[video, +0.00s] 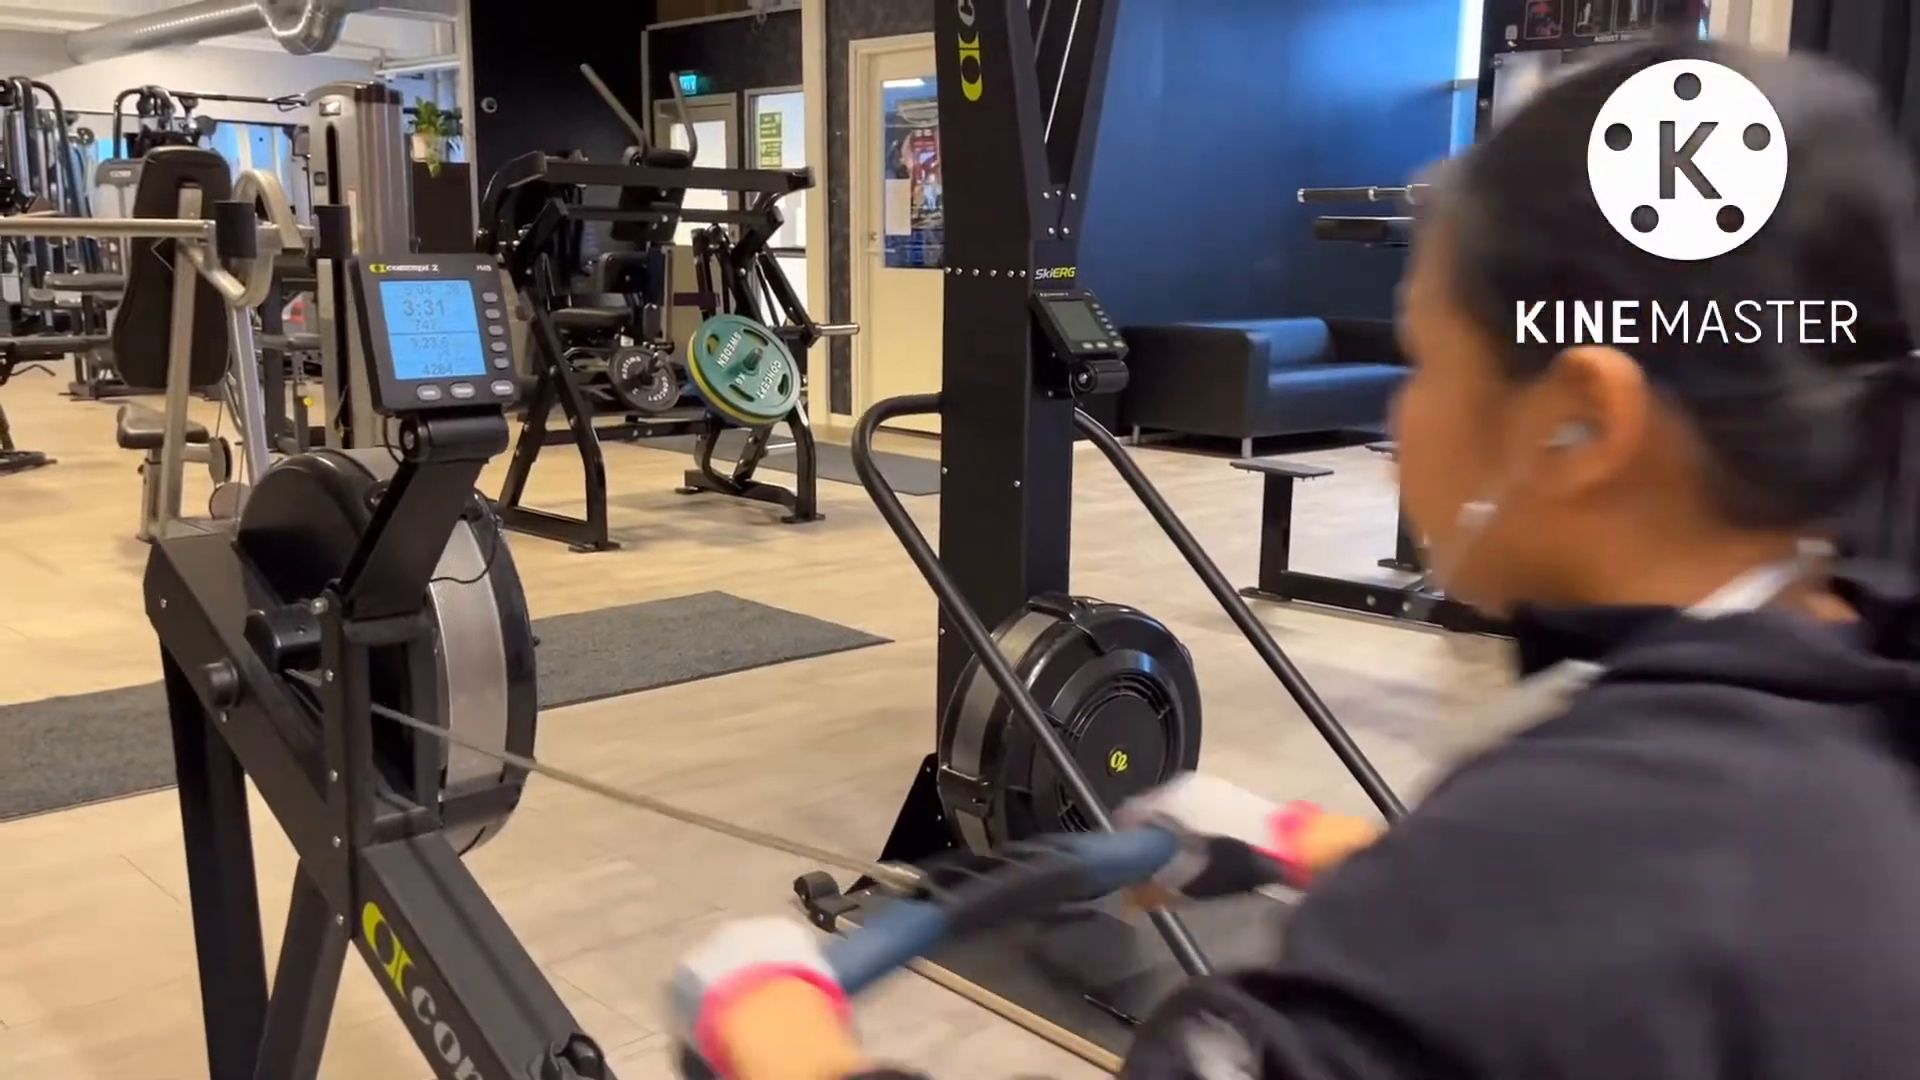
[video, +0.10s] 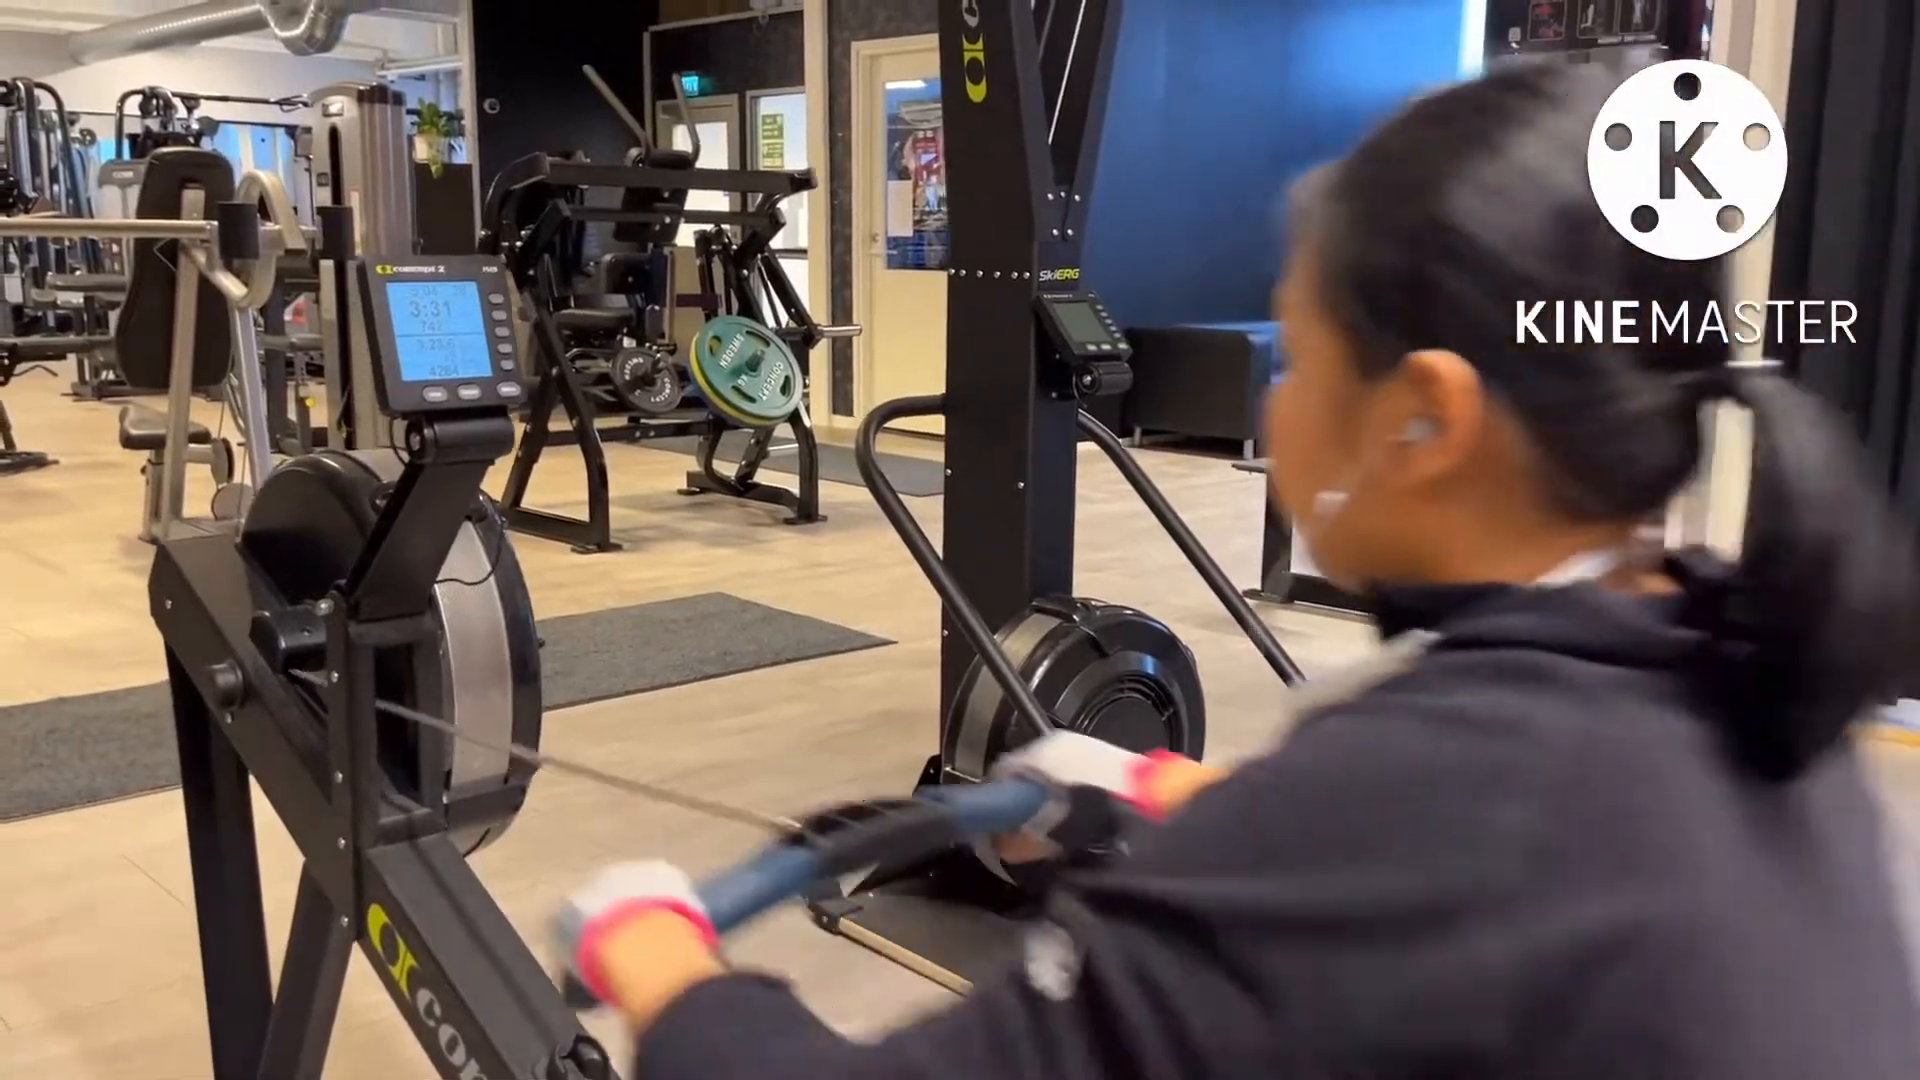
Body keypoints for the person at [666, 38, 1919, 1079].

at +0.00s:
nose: (1392, 422)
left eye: (1419, 366)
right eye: (1407, 364)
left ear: (1581, 426)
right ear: (1823, 404)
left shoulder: (1462, 930)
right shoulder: (1875, 698)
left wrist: (787, 1048)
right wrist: (1402, 858)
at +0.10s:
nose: (1267, 400)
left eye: (1291, 357)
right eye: (1281, 350)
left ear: (1430, 422)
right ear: (1655, 405)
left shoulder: (1416, 793)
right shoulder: (1774, 696)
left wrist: (670, 982)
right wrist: (1220, 821)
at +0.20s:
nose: (1150, 401)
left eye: (1172, 360)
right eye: (1163, 355)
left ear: (1293, 417)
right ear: (1507, 387)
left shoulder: (1273, 758)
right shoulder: (1598, 633)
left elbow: (778, 1047)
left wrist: (574, 902)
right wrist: (1097, 770)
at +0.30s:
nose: (1058, 395)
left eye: (1077, 354)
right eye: (1072, 349)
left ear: (1180, 417)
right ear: (1393, 387)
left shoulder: (1106, 728)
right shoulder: (1485, 619)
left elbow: (695, 980)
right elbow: (1276, 772)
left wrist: (491, 849)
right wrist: (985, 725)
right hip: (1624, 1042)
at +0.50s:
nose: (957, 390)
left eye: (976, 355)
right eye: (976, 348)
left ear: (1061, 425)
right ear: (1264, 393)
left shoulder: (989, 678)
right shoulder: (1352, 586)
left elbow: (648, 783)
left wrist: (412, 736)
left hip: (1243, 1068)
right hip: (1509, 1046)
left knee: (833, 974)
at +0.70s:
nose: (1014, 392)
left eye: (1035, 357)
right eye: (1031, 350)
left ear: (1135, 433)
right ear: (1337, 399)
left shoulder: (1052, 691)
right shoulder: (1420, 593)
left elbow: (707, 742)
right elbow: (1197, 654)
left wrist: (456, 712)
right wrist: (952, 629)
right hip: (1608, 1045)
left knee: (895, 1001)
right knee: (948, 977)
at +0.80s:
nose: (1137, 390)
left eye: (1164, 356)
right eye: (1154, 348)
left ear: (1285, 428)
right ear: (1492, 393)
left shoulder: (1228, 746)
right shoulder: (1573, 623)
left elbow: (855, 829)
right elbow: (1309, 691)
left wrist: (567, 791)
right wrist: (1045, 698)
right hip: (1728, 1043)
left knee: (1007, 1010)